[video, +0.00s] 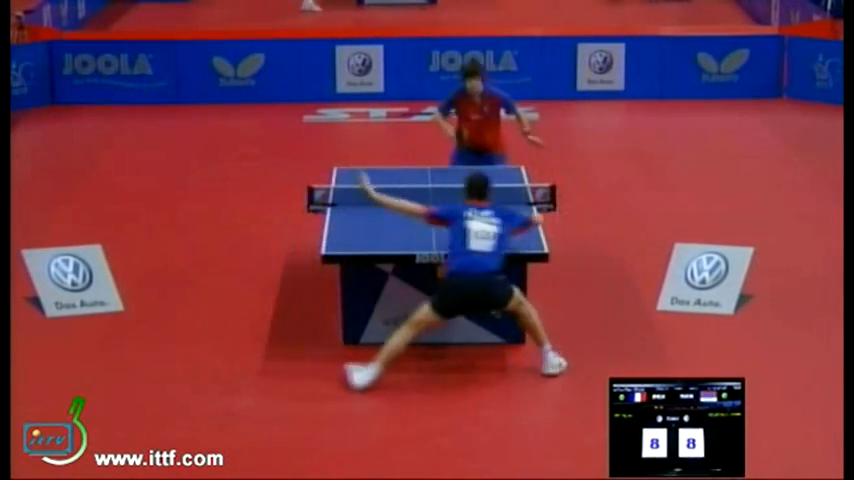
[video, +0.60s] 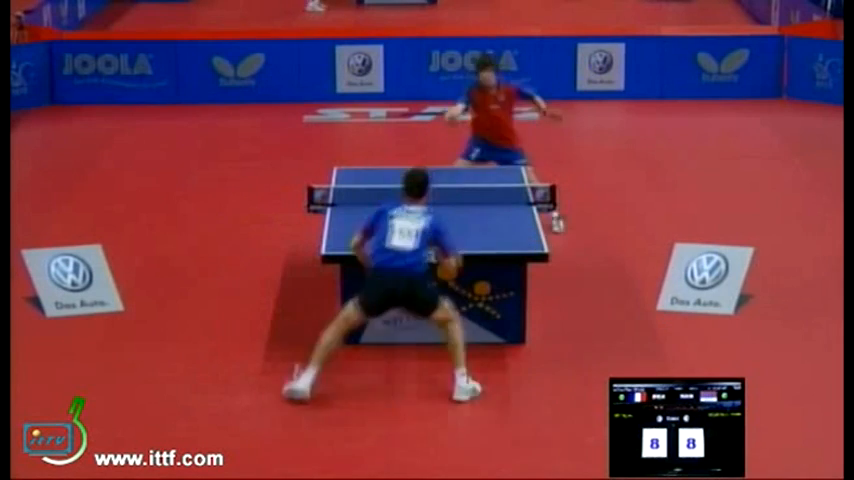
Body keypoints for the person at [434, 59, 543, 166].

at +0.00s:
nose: (473, 86)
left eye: (477, 81)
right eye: (470, 82)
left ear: (483, 81)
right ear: (465, 83)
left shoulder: (494, 97)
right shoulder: (459, 97)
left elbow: (516, 112)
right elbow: (439, 114)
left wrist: (527, 132)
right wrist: (448, 129)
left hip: (492, 151)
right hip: (466, 151)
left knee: (496, 189)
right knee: (459, 188)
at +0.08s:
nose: (469, 80)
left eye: (473, 76)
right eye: (465, 76)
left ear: (478, 77)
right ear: (460, 78)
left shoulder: (489, 92)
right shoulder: (455, 93)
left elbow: (509, 110)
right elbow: (436, 110)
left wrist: (515, 134)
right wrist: (443, 130)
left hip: (487, 143)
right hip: (461, 142)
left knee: (495, 179)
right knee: (449, 177)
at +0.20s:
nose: (460, 86)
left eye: (463, 82)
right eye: (456, 82)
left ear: (469, 82)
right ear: (451, 83)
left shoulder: (482, 100)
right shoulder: (446, 99)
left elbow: (499, 121)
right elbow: (437, 117)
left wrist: (495, 149)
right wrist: (435, 140)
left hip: (479, 153)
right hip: (455, 150)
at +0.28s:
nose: (455, 93)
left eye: (457, 89)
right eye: (451, 89)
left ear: (462, 90)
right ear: (446, 92)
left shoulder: (476, 107)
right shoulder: (442, 108)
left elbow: (492, 131)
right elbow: (436, 132)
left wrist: (489, 158)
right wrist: (445, 147)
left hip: (476, 159)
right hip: (453, 157)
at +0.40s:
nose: (464, 89)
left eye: (466, 84)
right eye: (460, 85)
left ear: (471, 85)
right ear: (454, 87)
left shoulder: (483, 101)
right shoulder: (449, 107)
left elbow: (504, 116)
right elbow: (453, 137)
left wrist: (510, 130)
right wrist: (483, 141)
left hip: (481, 150)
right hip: (458, 151)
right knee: (446, 170)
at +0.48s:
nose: (472, 80)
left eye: (474, 76)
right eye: (468, 77)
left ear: (479, 76)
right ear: (462, 78)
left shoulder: (492, 90)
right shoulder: (461, 96)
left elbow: (515, 100)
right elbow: (460, 122)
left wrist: (530, 107)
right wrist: (482, 133)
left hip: (491, 141)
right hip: (466, 142)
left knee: (513, 170)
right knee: (448, 172)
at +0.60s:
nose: (487, 78)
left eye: (490, 73)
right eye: (484, 74)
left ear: (495, 74)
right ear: (478, 76)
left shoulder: (508, 90)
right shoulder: (474, 91)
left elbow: (532, 97)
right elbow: (463, 105)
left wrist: (544, 110)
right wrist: (453, 113)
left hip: (507, 144)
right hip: (481, 142)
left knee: (530, 181)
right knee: (458, 172)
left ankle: (554, 215)